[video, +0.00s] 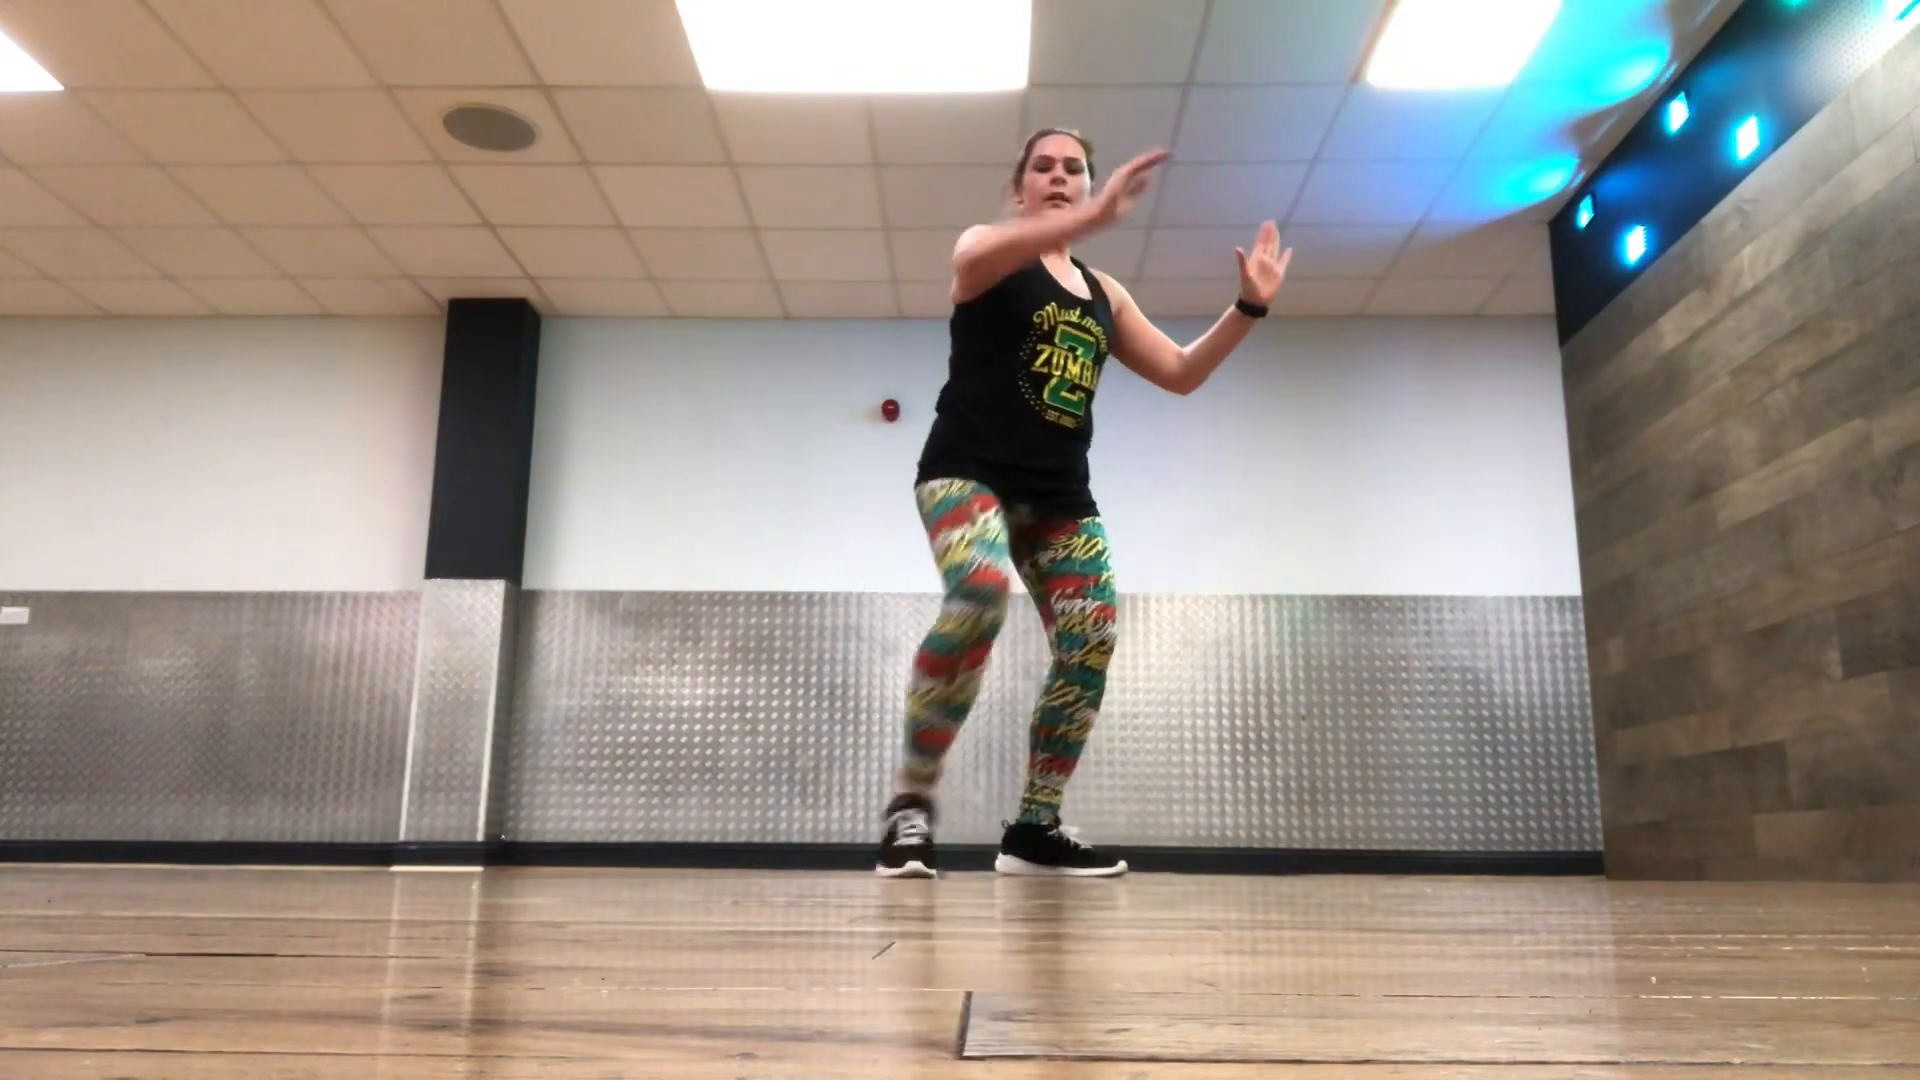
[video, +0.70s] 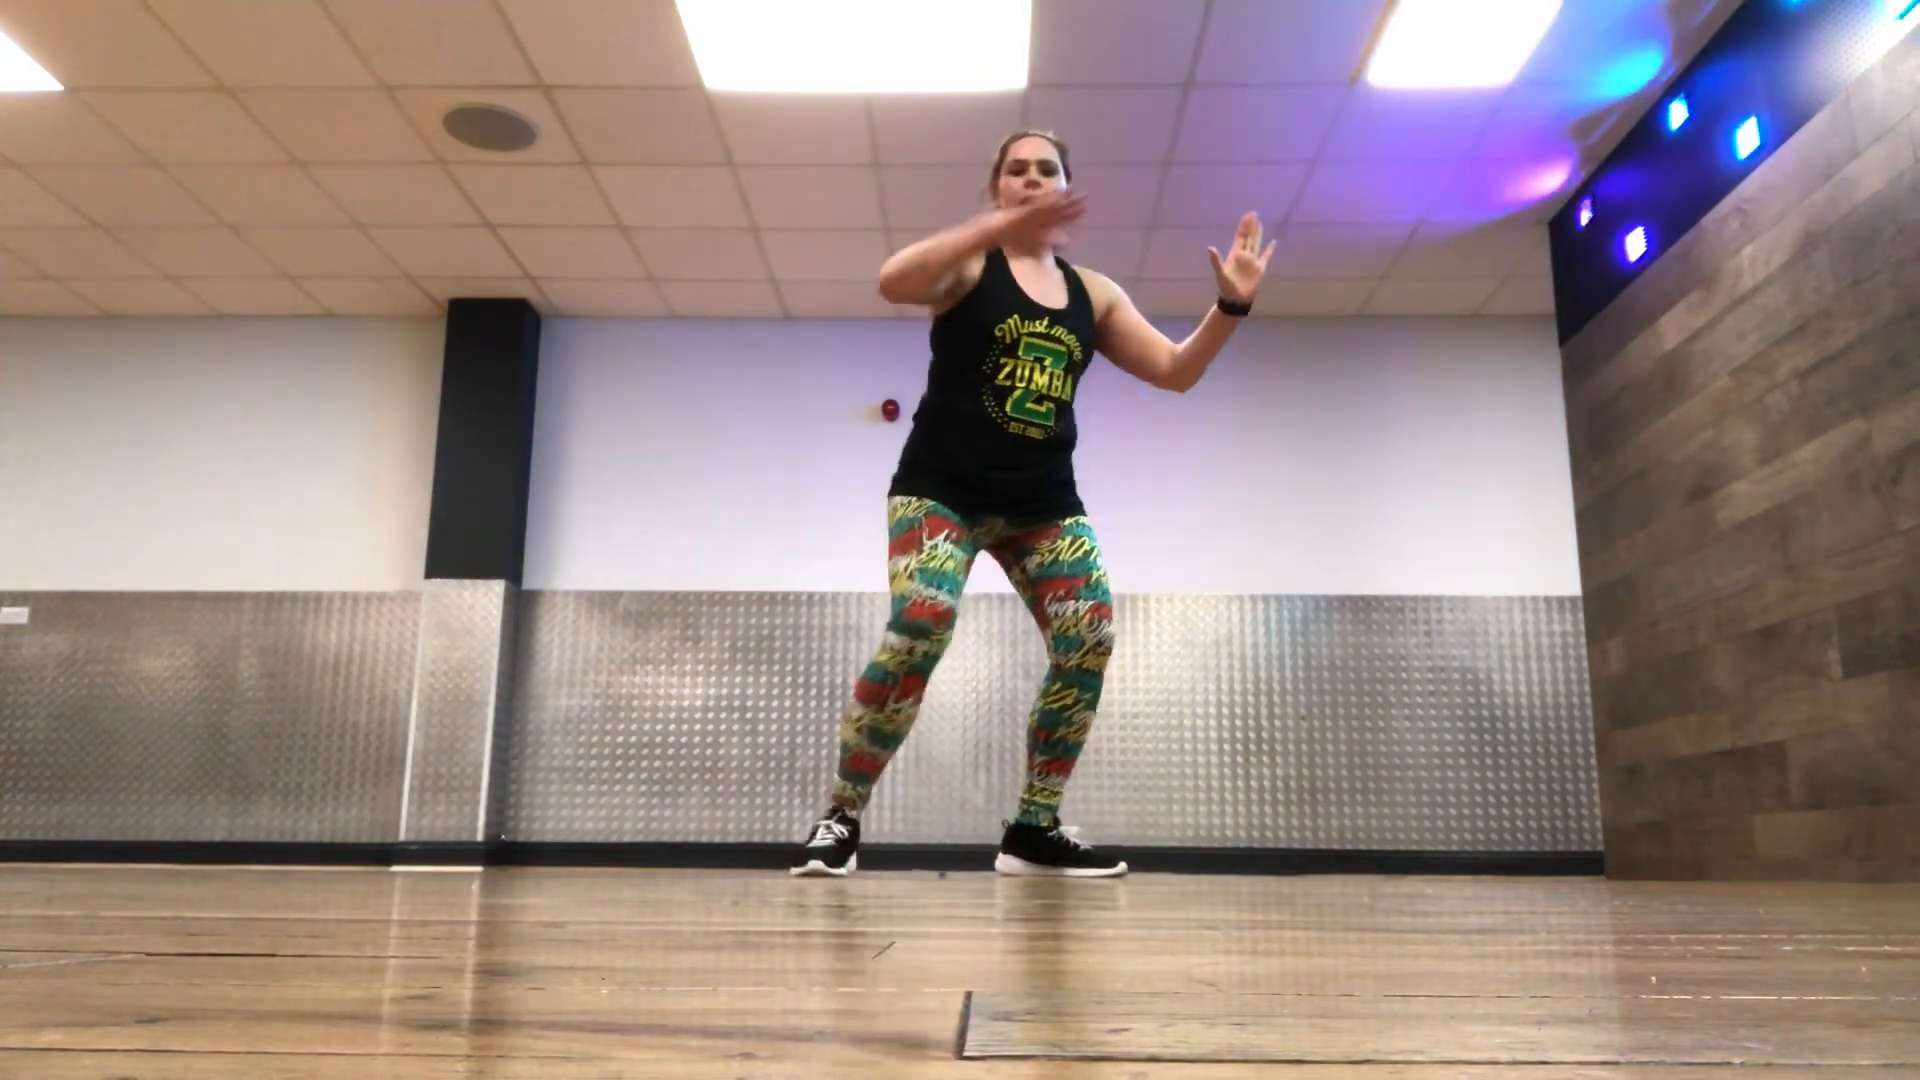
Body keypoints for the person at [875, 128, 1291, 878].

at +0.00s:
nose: (1059, 178)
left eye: (1073, 170)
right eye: (1044, 167)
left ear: (1087, 194)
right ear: (1016, 188)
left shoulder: (1105, 293)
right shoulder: (984, 251)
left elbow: (1179, 371)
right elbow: (981, 255)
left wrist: (1247, 308)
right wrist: (1095, 214)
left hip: (1057, 491)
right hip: (965, 473)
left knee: (1091, 632)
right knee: (981, 592)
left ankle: (1034, 828)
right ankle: (911, 809)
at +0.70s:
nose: (1032, 178)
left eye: (1046, 169)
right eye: (1018, 169)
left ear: (1069, 193)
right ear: (994, 190)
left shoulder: (1093, 294)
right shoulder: (970, 264)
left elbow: (1175, 369)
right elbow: (895, 282)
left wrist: (1230, 305)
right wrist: (1011, 218)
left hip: (1041, 502)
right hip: (941, 489)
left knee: (1088, 636)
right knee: (923, 624)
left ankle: (1034, 829)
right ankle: (842, 818)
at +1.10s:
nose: (988, 156)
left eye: (1003, 146)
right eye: (974, 146)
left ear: (1024, 168)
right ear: (952, 168)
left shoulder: (1063, 257)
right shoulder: (914, 256)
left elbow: (1127, 345)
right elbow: (864, 351)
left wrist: (1185, 401)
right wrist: (835, 392)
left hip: (1046, 483)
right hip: (945, 484)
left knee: (1067, 641)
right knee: (888, 611)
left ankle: (1112, 818)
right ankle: (900, 815)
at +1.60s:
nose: (893, 163)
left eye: (908, 151)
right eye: (878, 152)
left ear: (931, 171)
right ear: (857, 172)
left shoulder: (956, 242)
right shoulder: (837, 264)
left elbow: (910, 332)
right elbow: (816, 358)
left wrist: (788, 346)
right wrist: (810, 444)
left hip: (953, 457)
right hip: (872, 470)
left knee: (872, 576)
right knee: (850, 621)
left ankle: (862, 786)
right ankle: (903, 821)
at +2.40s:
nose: (1015, 178)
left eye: (1029, 167)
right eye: (1000, 168)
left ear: (1050, 187)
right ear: (975, 187)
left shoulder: (1078, 282)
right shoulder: (941, 265)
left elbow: (1111, 384)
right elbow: (894, 369)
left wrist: (1117, 472)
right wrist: (970, 453)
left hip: (1046, 485)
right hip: (951, 481)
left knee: (1092, 634)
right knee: (941, 623)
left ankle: (1049, 826)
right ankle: (895, 812)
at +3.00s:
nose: (1071, 181)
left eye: (1084, 170)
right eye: (1056, 172)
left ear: (1106, 189)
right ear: (1034, 193)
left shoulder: (1148, 277)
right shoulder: (997, 273)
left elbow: (1183, 388)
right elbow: (947, 368)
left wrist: (1141, 467)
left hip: (1119, 491)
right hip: (1023, 490)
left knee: (1120, 655)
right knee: (1052, 615)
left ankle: (1104, 816)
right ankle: (1108, 804)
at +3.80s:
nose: (942, 216)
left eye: (955, 203)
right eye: (928, 208)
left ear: (985, 218)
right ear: (917, 227)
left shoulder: (1010, 279)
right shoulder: (926, 317)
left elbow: (953, 321)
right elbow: (846, 373)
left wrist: (837, 290)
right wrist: (802, 300)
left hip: (1029, 480)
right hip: (972, 496)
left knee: (948, 608)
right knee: (925, 641)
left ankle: (963, 803)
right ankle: (986, 825)